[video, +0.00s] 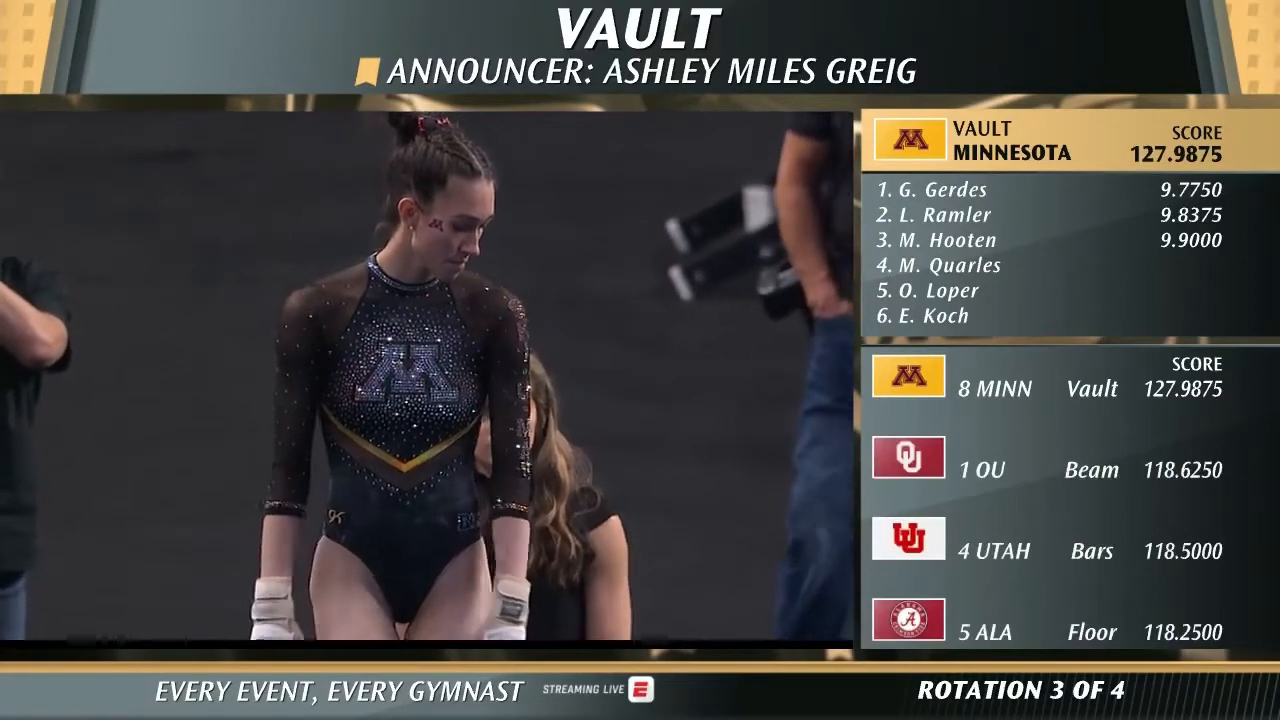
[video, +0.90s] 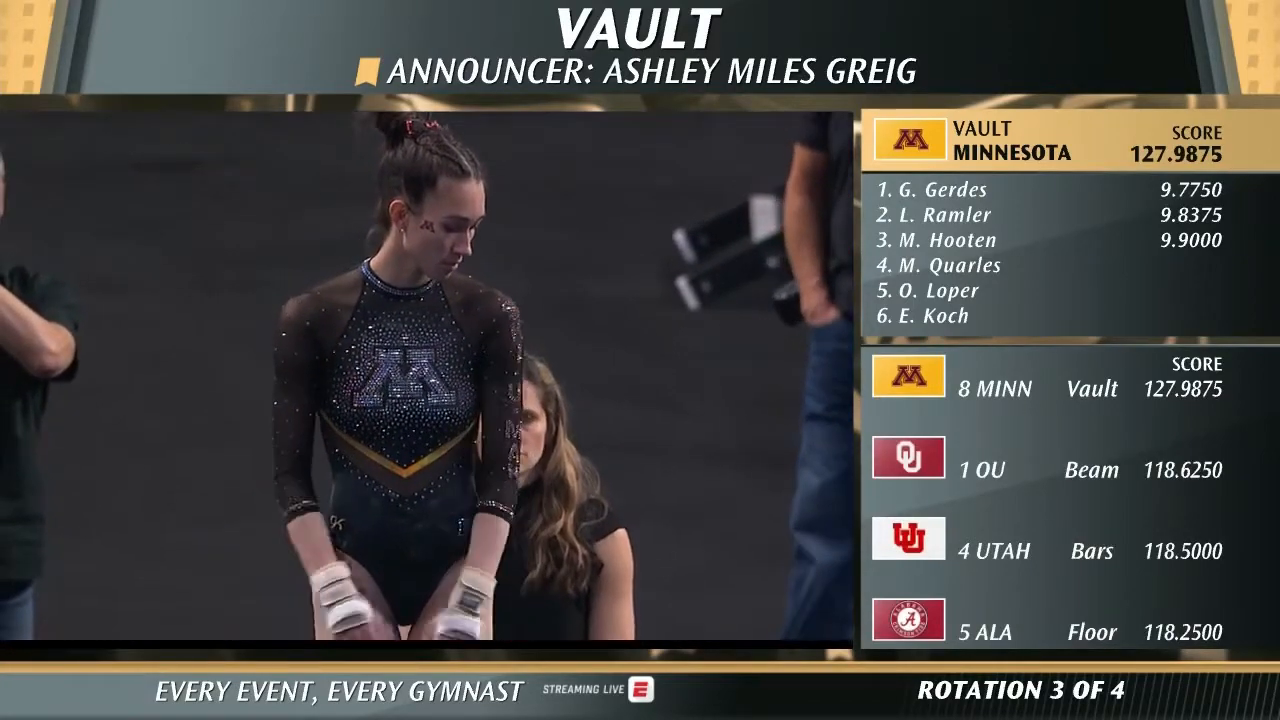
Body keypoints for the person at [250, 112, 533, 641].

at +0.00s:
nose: (472, 245)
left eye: (481, 227)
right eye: (460, 226)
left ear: (486, 216)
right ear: (410, 211)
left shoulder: (494, 313)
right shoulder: (316, 311)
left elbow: (512, 465)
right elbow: (290, 466)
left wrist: (511, 608)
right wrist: (271, 609)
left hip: (459, 560)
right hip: (350, 557)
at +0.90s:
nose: (467, 245)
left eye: (474, 227)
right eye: (453, 226)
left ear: (481, 216)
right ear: (400, 214)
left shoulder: (489, 316)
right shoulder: (311, 318)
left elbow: (500, 468)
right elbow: (290, 473)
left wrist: (473, 597)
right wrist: (331, 590)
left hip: (458, 566)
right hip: (355, 566)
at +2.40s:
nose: (463, 256)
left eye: (471, 238)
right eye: (447, 239)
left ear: (478, 225)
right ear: (396, 225)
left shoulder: (493, 319)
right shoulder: (310, 324)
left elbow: (519, 470)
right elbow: (283, 476)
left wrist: (525, 613)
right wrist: (268, 619)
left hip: (461, 572)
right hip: (354, 571)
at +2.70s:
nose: (458, 257)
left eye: (466, 239)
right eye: (443, 241)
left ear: (473, 226)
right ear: (390, 227)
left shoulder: (487, 324)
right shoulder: (303, 329)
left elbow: (518, 473)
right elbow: (273, 481)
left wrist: (540, 614)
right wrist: (243, 621)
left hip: (455, 575)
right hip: (348, 573)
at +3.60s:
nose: (459, 253)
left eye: (466, 235)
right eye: (443, 237)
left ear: (471, 225)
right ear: (389, 226)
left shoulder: (481, 330)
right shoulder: (304, 332)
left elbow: (501, 484)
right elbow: (282, 486)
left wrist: (509, 622)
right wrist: (272, 624)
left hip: (454, 574)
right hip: (345, 572)